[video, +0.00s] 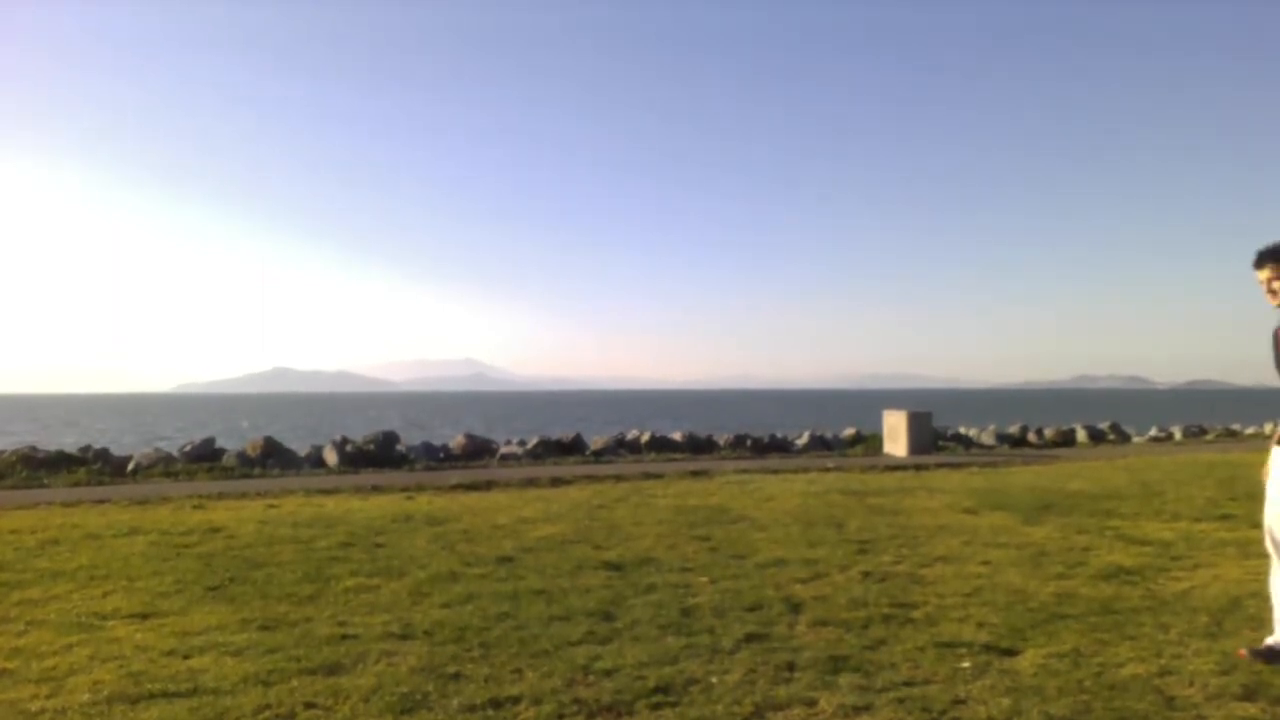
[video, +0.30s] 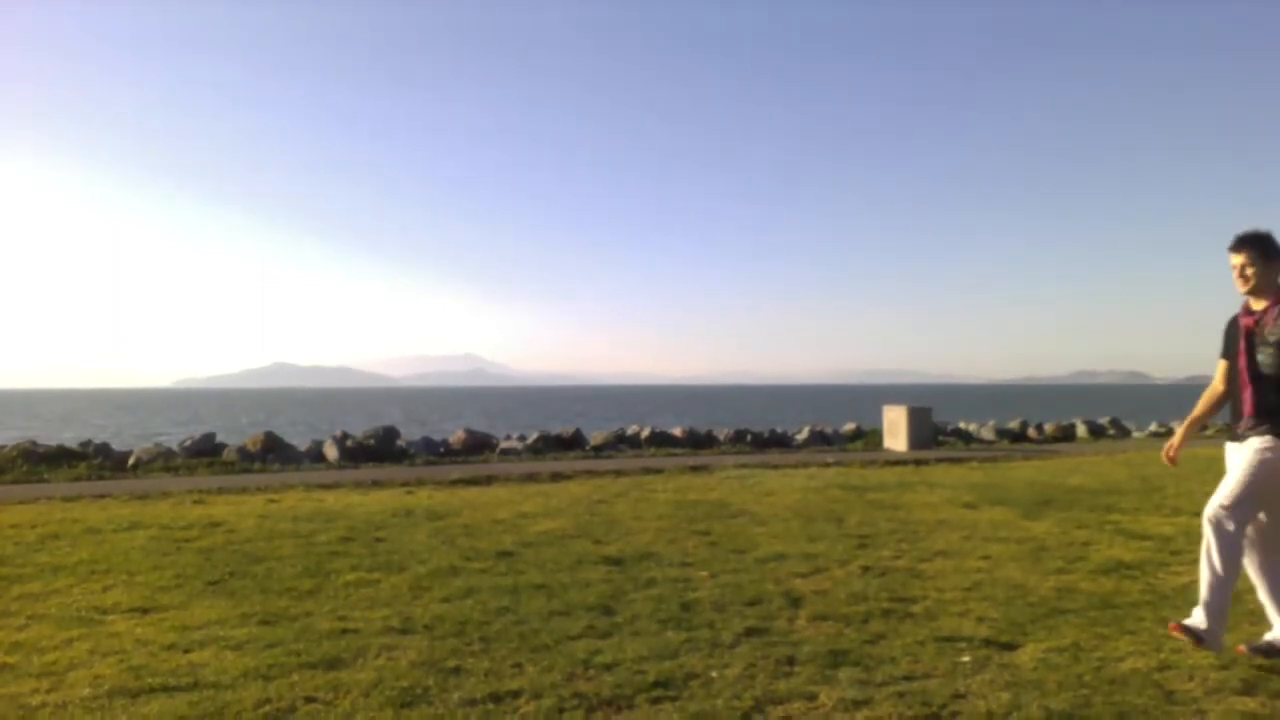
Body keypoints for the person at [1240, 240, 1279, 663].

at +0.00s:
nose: (1270, 292)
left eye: (1274, 283)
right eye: (1266, 285)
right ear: (1261, 286)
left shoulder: (1276, 334)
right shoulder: (1274, 335)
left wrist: (1273, 447)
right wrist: (1274, 446)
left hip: (1277, 443)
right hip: (1277, 443)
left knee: (1274, 530)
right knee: (1272, 531)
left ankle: (1277, 631)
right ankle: (1276, 630)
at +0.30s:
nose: (1240, 275)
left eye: (1248, 267)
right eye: (1235, 269)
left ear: (1271, 266)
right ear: (1233, 273)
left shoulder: (1277, 314)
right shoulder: (1239, 323)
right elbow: (1221, 384)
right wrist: (1186, 428)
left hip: (1271, 438)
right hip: (1240, 439)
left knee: (1220, 514)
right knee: (1259, 538)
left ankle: (1207, 623)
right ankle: (1278, 628)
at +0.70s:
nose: (1170, 273)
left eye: (1181, 266)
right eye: (1167, 265)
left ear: (1205, 269)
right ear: (1162, 270)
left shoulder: (1224, 324)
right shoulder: (1160, 326)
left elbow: (1252, 392)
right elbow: (1152, 390)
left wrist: (1266, 457)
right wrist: (1128, 440)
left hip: (1203, 452)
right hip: (1167, 451)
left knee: (1176, 546)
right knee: (1209, 546)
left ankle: (1156, 649)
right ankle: (1269, 628)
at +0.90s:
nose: (1124, 273)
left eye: (1133, 265)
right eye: (1119, 266)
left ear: (1159, 265)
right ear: (1117, 270)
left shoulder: (1181, 319)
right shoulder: (1127, 320)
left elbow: (1195, 392)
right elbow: (1128, 388)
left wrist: (1188, 458)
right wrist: (1114, 438)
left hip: (1160, 449)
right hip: (1121, 446)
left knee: (1151, 551)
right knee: (1101, 536)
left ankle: (1147, 652)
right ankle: (1184, 582)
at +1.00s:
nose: (1106, 271)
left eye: (1115, 263)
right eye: (1102, 264)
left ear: (1143, 262)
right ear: (1101, 268)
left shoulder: (1164, 316)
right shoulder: (1116, 314)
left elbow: (1165, 391)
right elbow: (1120, 380)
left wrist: (1137, 447)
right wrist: (1106, 432)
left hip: (1146, 450)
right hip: (1103, 443)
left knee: (1140, 553)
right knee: (1064, 526)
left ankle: (1148, 653)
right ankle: (1120, 605)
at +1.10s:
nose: (1090, 269)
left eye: (1098, 260)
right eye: (1085, 263)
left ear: (1126, 260)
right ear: (1084, 267)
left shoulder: (1146, 312)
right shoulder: (1100, 313)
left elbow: (1139, 383)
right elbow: (1108, 379)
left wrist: (1088, 430)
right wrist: (1091, 429)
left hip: (1130, 448)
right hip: (1089, 442)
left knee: (1133, 552)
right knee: (1040, 527)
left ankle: (1146, 654)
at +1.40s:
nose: (1017, 277)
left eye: (1026, 270)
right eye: (1015, 271)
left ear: (1054, 272)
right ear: (1016, 277)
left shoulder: (1073, 324)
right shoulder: (1029, 326)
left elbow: (1057, 394)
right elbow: (1038, 392)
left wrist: (993, 428)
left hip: (1068, 464)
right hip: (1021, 461)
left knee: (1089, 564)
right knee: (992, 562)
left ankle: (1137, 654)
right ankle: (963, 668)